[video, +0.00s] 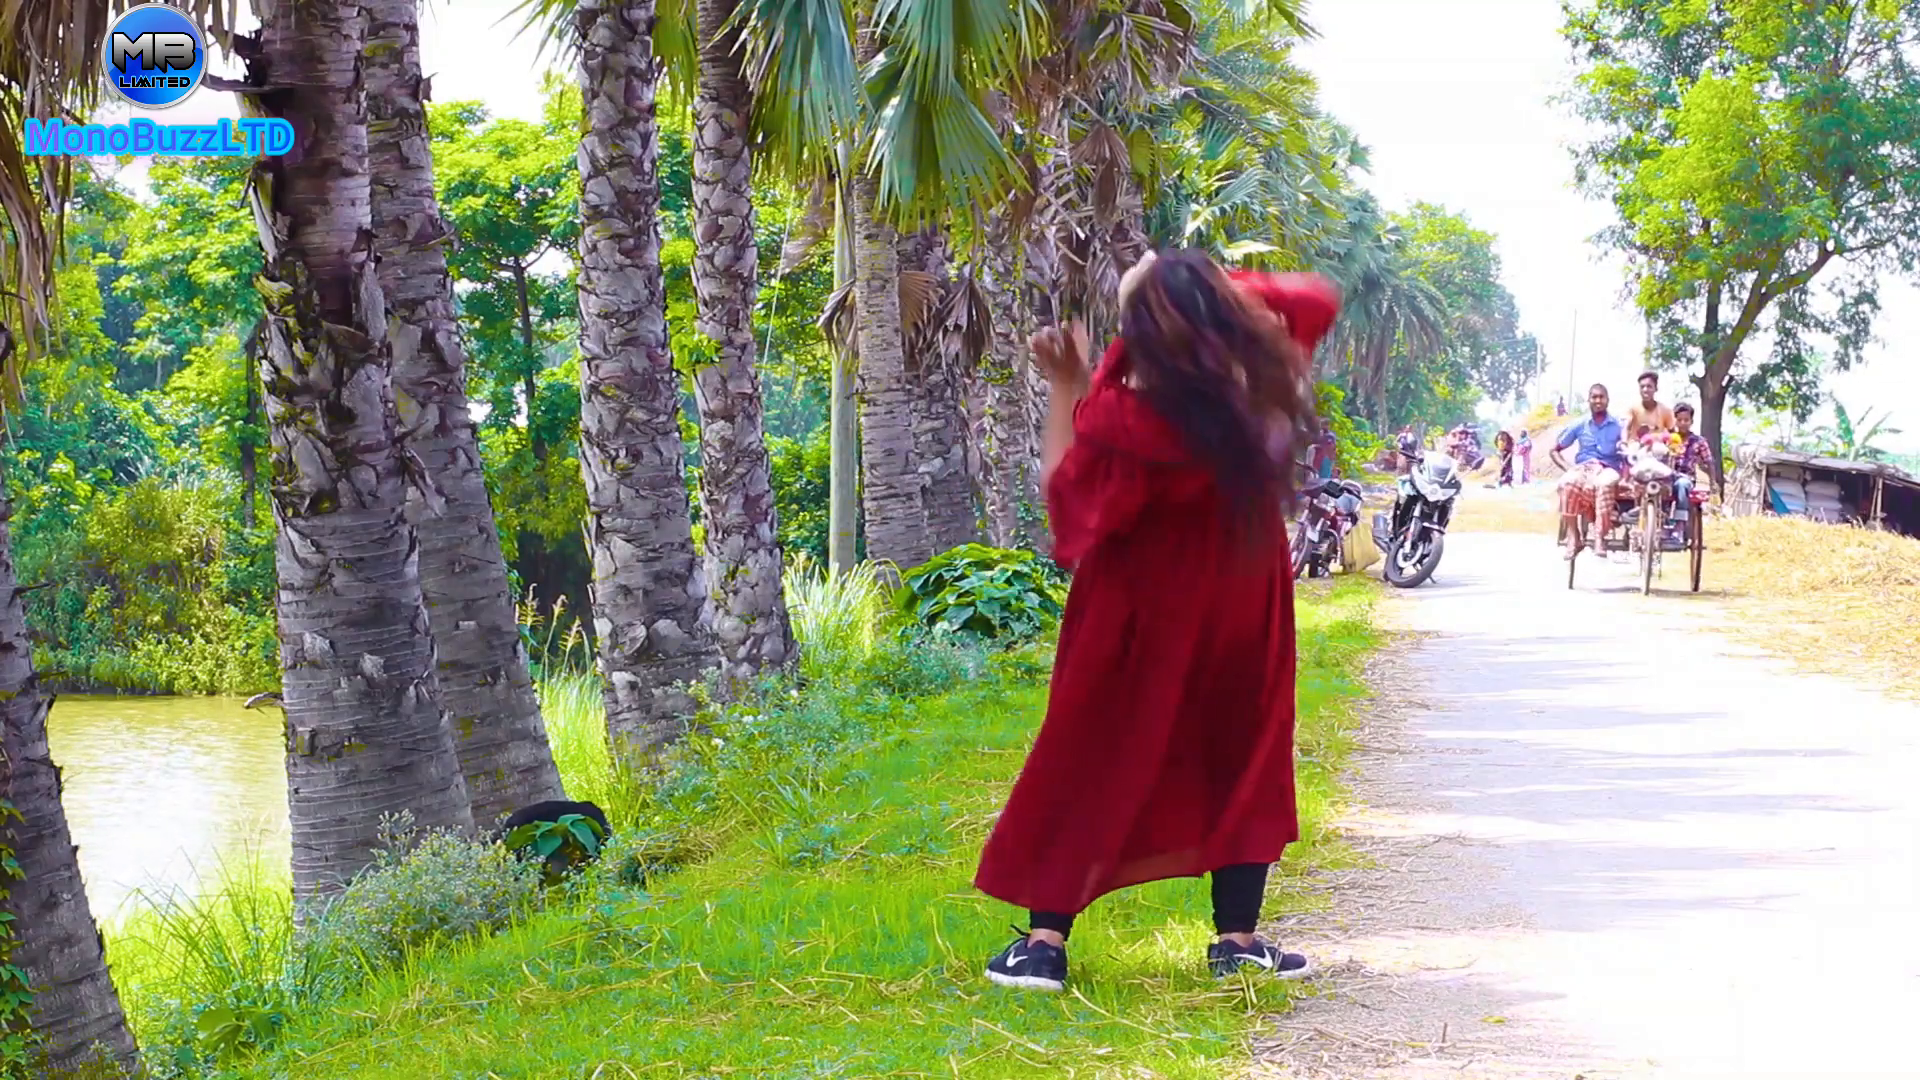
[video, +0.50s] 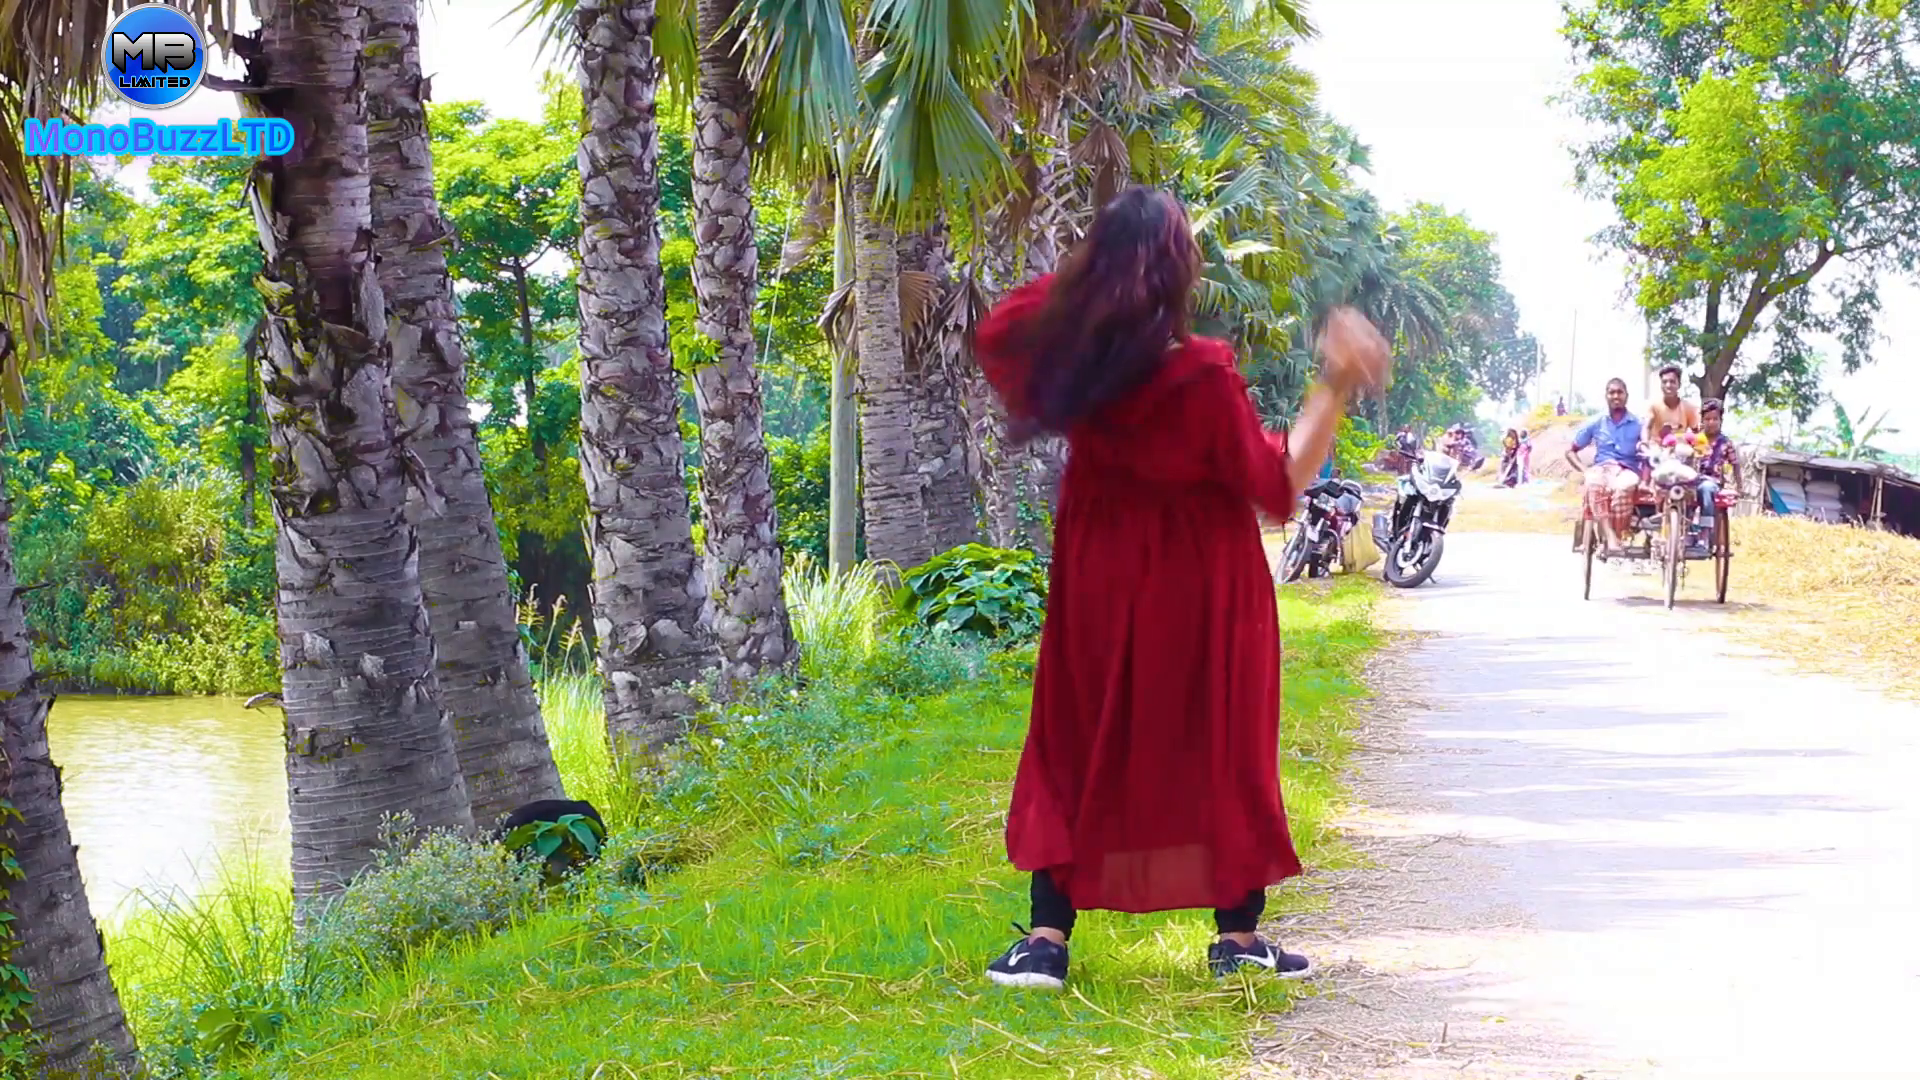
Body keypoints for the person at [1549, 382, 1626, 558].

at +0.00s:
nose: (1598, 401)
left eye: (1601, 397)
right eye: (1594, 397)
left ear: (1607, 400)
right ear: (1588, 400)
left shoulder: (1616, 426)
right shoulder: (1581, 424)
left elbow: (1624, 451)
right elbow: (1553, 450)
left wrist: (1625, 475)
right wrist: (1568, 468)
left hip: (1608, 467)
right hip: (1583, 466)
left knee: (1605, 486)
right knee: (1566, 485)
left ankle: (1599, 538)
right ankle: (1573, 537)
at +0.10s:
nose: (1601, 400)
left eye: (1605, 396)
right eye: (1597, 396)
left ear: (1611, 399)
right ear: (1592, 400)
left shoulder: (1621, 425)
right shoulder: (1584, 424)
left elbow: (1629, 452)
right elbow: (1557, 450)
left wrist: (1629, 477)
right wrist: (1572, 469)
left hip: (1612, 468)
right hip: (1587, 467)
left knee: (1608, 487)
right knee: (1574, 485)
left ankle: (1602, 540)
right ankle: (1576, 536)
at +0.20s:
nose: (1604, 399)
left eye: (1608, 395)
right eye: (1600, 395)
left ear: (1615, 398)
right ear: (1595, 399)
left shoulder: (1624, 425)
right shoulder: (1586, 424)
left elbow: (1632, 453)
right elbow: (1559, 450)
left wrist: (1632, 478)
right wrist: (1573, 468)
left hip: (1615, 467)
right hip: (1589, 465)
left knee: (1613, 486)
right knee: (1576, 482)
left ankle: (1605, 539)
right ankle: (1578, 530)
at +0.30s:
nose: (1608, 398)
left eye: (1612, 394)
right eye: (1604, 394)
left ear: (1618, 397)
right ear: (1599, 398)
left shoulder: (1628, 425)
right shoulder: (1591, 423)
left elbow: (1637, 452)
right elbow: (1562, 450)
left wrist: (1636, 479)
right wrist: (1576, 469)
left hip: (1619, 467)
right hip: (1593, 466)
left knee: (1615, 488)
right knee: (1580, 482)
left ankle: (1606, 540)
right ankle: (1590, 532)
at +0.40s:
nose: (1612, 398)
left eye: (1616, 394)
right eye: (1608, 394)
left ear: (1622, 397)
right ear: (1602, 397)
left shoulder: (1634, 425)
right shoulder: (1595, 423)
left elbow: (1643, 455)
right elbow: (1566, 452)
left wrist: (1641, 481)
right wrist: (1581, 471)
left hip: (1624, 469)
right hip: (1599, 467)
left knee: (1618, 490)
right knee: (1588, 482)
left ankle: (1611, 542)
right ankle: (1601, 534)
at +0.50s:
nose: (1616, 396)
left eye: (1620, 392)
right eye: (1611, 392)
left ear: (1626, 395)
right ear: (1606, 396)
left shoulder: (1637, 424)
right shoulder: (1598, 422)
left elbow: (1646, 453)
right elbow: (1570, 452)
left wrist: (1646, 481)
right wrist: (1584, 470)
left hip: (1628, 468)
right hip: (1602, 466)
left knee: (1622, 490)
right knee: (1594, 487)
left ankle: (1615, 540)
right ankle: (1610, 536)